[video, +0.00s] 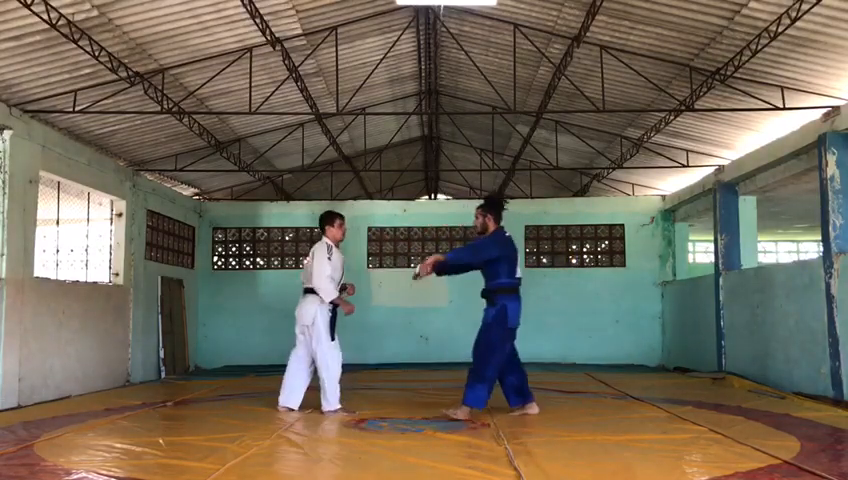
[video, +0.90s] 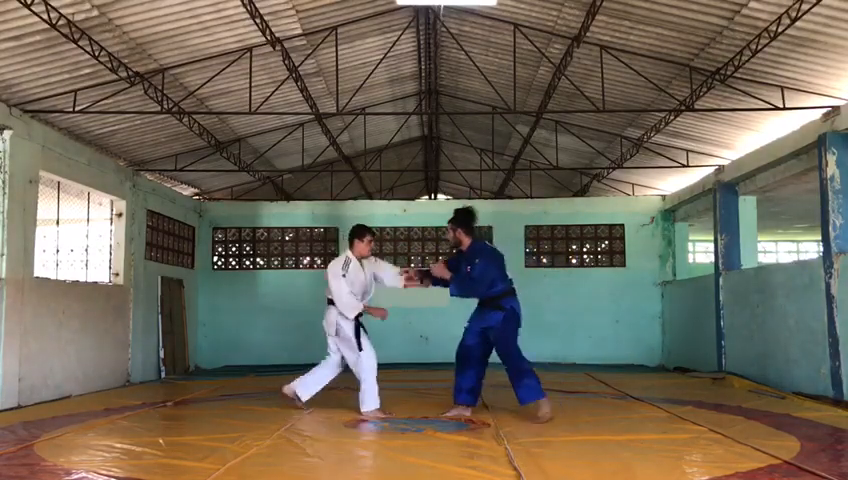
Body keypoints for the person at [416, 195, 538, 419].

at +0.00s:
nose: (475, 223)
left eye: (477, 218)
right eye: (475, 218)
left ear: (487, 218)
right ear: (492, 219)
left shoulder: (497, 241)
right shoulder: (499, 241)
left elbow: (472, 255)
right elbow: (469, 263)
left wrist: (440, 259)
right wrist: (438, 267)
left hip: (502, 305)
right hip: (503, 303)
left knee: (484, 352)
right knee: (504, 352)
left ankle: (466, 407)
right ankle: (527, 403)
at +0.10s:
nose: (479, 216)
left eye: (482, 212)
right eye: (480, 211)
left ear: (493, 213)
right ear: (495, 213)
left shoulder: (503, 238)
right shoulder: (503, 238)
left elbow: (484, 260)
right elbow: (477, 267)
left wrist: (457, 251)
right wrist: (443, 269)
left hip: (508, 300)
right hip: (511, 298)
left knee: (492, 346)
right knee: (509, 348)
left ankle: (491, 404)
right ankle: (527, 402)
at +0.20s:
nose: (482, 214)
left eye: (485, 210)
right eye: (483, 210)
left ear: (495, 212)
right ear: (498, 212)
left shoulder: (507, 236)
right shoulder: (502, 239)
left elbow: (497, 264)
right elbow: (482, 271)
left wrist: (475, 249)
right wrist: (451, 271)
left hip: (513, 298)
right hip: (516, 296)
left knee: (503, 343)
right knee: (518, 346)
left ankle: (521, 403)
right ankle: (531, 402)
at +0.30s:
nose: (485, 215)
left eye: (488, 211)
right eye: (485, 211)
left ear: (499, 213)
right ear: (502, 213)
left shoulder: (514, 238)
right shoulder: (499, 240)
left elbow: (498, 265)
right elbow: (485, 270)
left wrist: (483, 248)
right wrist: (454, 270)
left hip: (520, 300)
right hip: (509, 300)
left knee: (518, 351)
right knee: (509, 352)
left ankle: (545, 401)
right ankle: (524, 401)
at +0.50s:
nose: (485, 229)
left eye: (487, 224)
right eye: (486, 225)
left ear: (497, 225)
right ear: (500, 225)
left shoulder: (522, 250)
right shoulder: (499, 251)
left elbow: (507, 283)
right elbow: (489, 278)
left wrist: (484, 264)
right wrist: (460, 269)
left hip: (530, 310)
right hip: (510, 309)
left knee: (537, 359)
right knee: (485, 346)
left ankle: (561, 410)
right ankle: (505, 392)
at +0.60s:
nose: (478, 229)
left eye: (480, 225)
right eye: (478, 225)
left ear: (491, 225)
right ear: (493, 225)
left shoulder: (517, 249)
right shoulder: (492, 251)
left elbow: (505, 284)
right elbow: (485, 279)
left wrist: (477, 267)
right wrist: (456, 273)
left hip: (527, 309)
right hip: (506, 308)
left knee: (536, 359)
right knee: (484, 348)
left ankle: (558, 411)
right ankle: (480, 400)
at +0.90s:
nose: (447, 236)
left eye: (449, 231)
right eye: (447, 231)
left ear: (459, 232)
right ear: (464, 231)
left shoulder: (486, 254)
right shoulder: (462, 256)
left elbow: (477, 288)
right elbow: (451, 277)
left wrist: (447, 276)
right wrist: (424, 277)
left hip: (504, 307)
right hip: (484, 307)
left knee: (508, 351)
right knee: (468, 351)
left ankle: (540, 398)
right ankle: (464, 405)